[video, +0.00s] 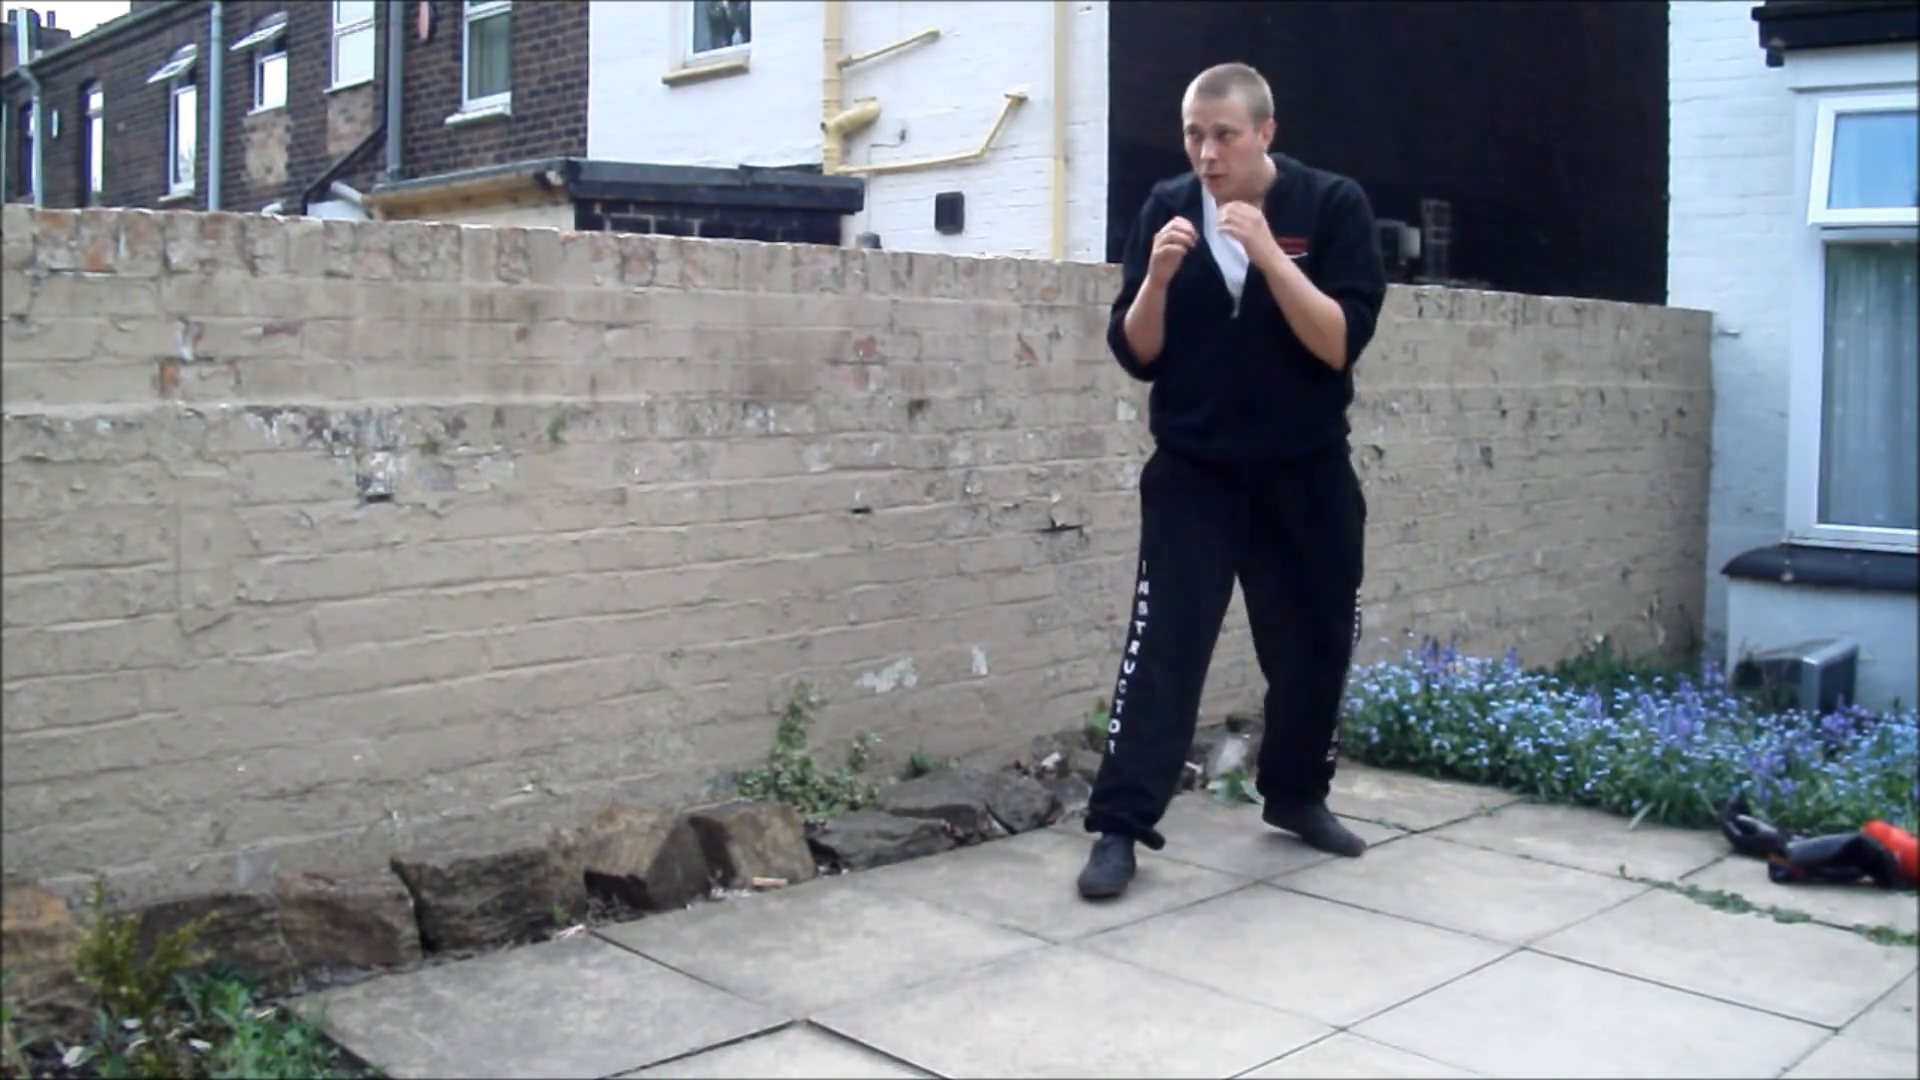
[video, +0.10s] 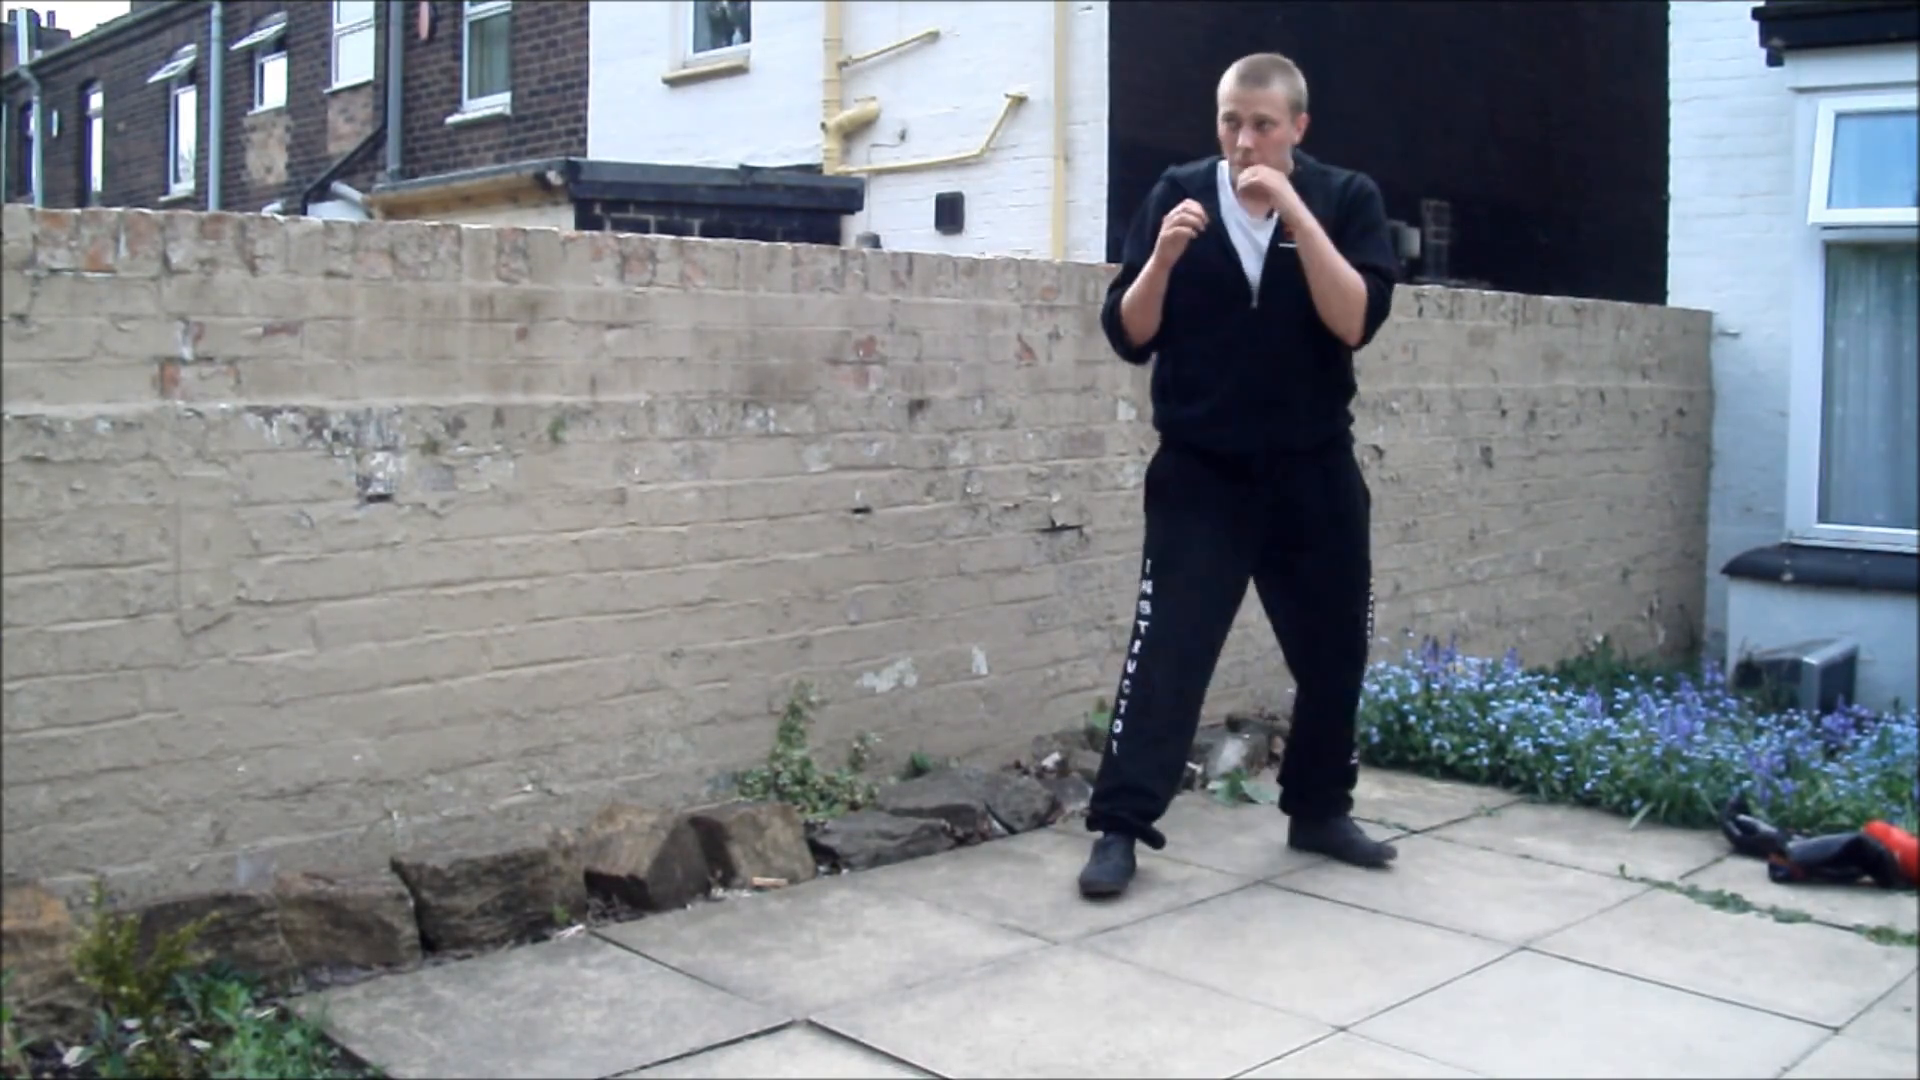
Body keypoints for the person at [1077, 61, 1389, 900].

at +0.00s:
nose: (1205, 152)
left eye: (1221, 135)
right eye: (1194, 136)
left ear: (1265, 133)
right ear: (1185, 137)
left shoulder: (1333, 205)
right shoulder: (1168, 207)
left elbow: (1340, 345)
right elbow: (1138, 358)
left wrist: (1268, 255)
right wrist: (1156, 281)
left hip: (1305, 475)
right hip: (1192, 470)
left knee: (1314, 648)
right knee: (1164, 645)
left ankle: (1295, 798)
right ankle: (1117, 829)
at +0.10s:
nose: (1247, 139)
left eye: (1264, 125)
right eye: (1234, 124)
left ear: (1300, 127)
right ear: (1217, 124)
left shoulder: (1347, 200)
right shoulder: (1176, 196)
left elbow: (1355, 322)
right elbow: (1131, 340)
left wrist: (1295, 215)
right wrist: (1161, 261)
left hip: (1313, 474)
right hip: (1198, 470)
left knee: (1335, 651)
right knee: (1168, 648)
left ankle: (1318, 814)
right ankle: (1118, 829)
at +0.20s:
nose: (1289, 154)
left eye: (1306, 140)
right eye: (1276, 137)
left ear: (1338, 143)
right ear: (1254, 133)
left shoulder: (1369, 214)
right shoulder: (1201, 203)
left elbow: (1383, 324)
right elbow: (1132, 338)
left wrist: (1327, 219)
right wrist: (1175, 270)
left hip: (1325, 479)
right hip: (1211, 474)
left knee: (1349, 656)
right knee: (1177, 640)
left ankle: (1328, 818)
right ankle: (1126, 831)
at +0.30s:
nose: (1311, 176)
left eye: (1330, 163)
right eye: (1298, 159)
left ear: (1360, 166)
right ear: (1277, 153)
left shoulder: (1383, 245)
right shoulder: (1216, 221)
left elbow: (1382, 364)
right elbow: (1151, 367)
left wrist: (1335, 252)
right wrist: (1188, 309)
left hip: (1328, 489)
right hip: (1213, 485)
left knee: (1355, 659)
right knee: (1179, 647)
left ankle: (1328, 818)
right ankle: (1129, 837)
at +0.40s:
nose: (1308, 172)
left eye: (1327, 158)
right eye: (1295, 154)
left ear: (1359, 161)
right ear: (1275, 148)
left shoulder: (1383, 240)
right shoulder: (1218, 213)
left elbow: (1366, 368)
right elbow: (1147, 362)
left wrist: (1314, 260)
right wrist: (1182, 304)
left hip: (1326, 486)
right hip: (1212, 479)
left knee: (1347, 657)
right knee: (1172, 647)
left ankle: (1327, 817)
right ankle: (1105, 840)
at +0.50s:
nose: (1283, 170)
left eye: (1302, 155)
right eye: (1270, 153)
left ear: (1338, 154)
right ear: (1252, 147)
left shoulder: (1372, 229)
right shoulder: (1201, 215)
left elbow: (1357, 335)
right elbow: (1122, 362)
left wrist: (1281, 235)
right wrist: (1156, 287)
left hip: (1321, 493)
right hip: (1206, 489)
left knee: (1344, 661)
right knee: (1159, 660)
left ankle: (1326, 818)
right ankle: (1095, 854)